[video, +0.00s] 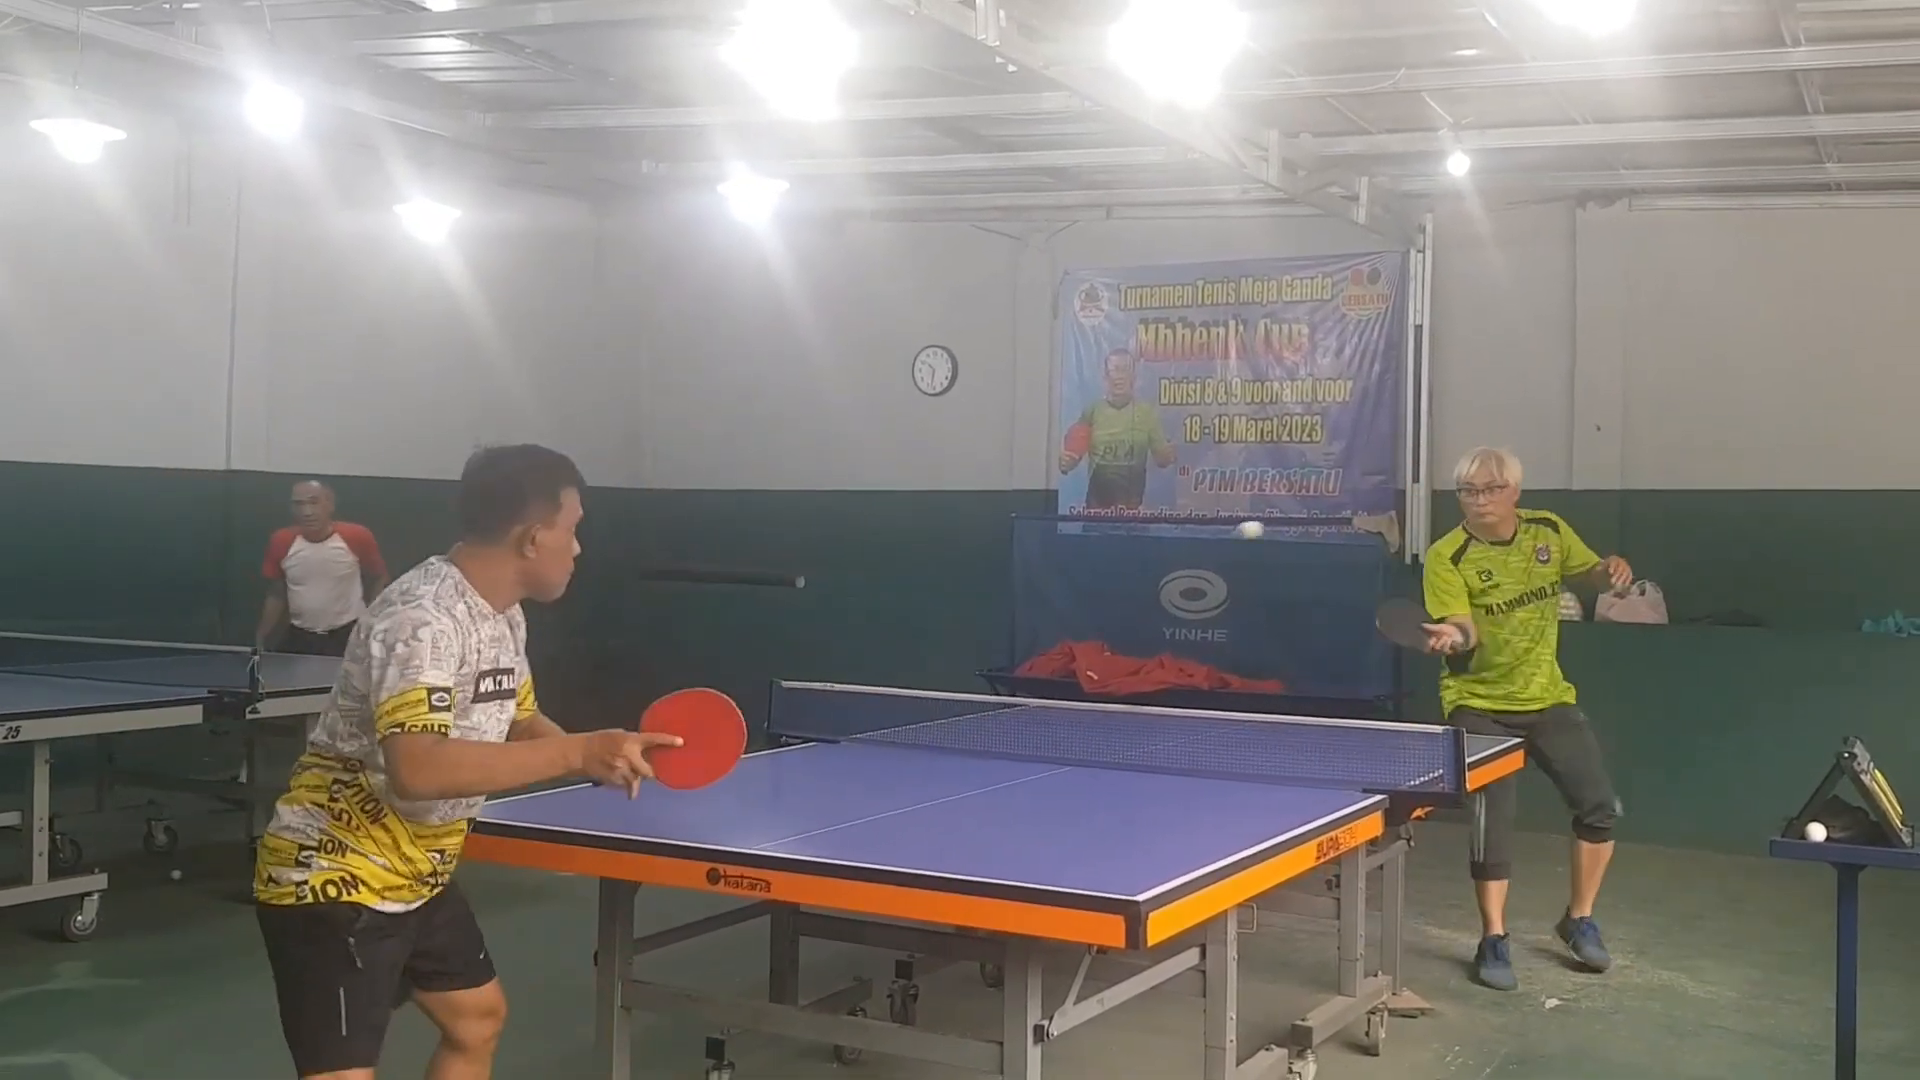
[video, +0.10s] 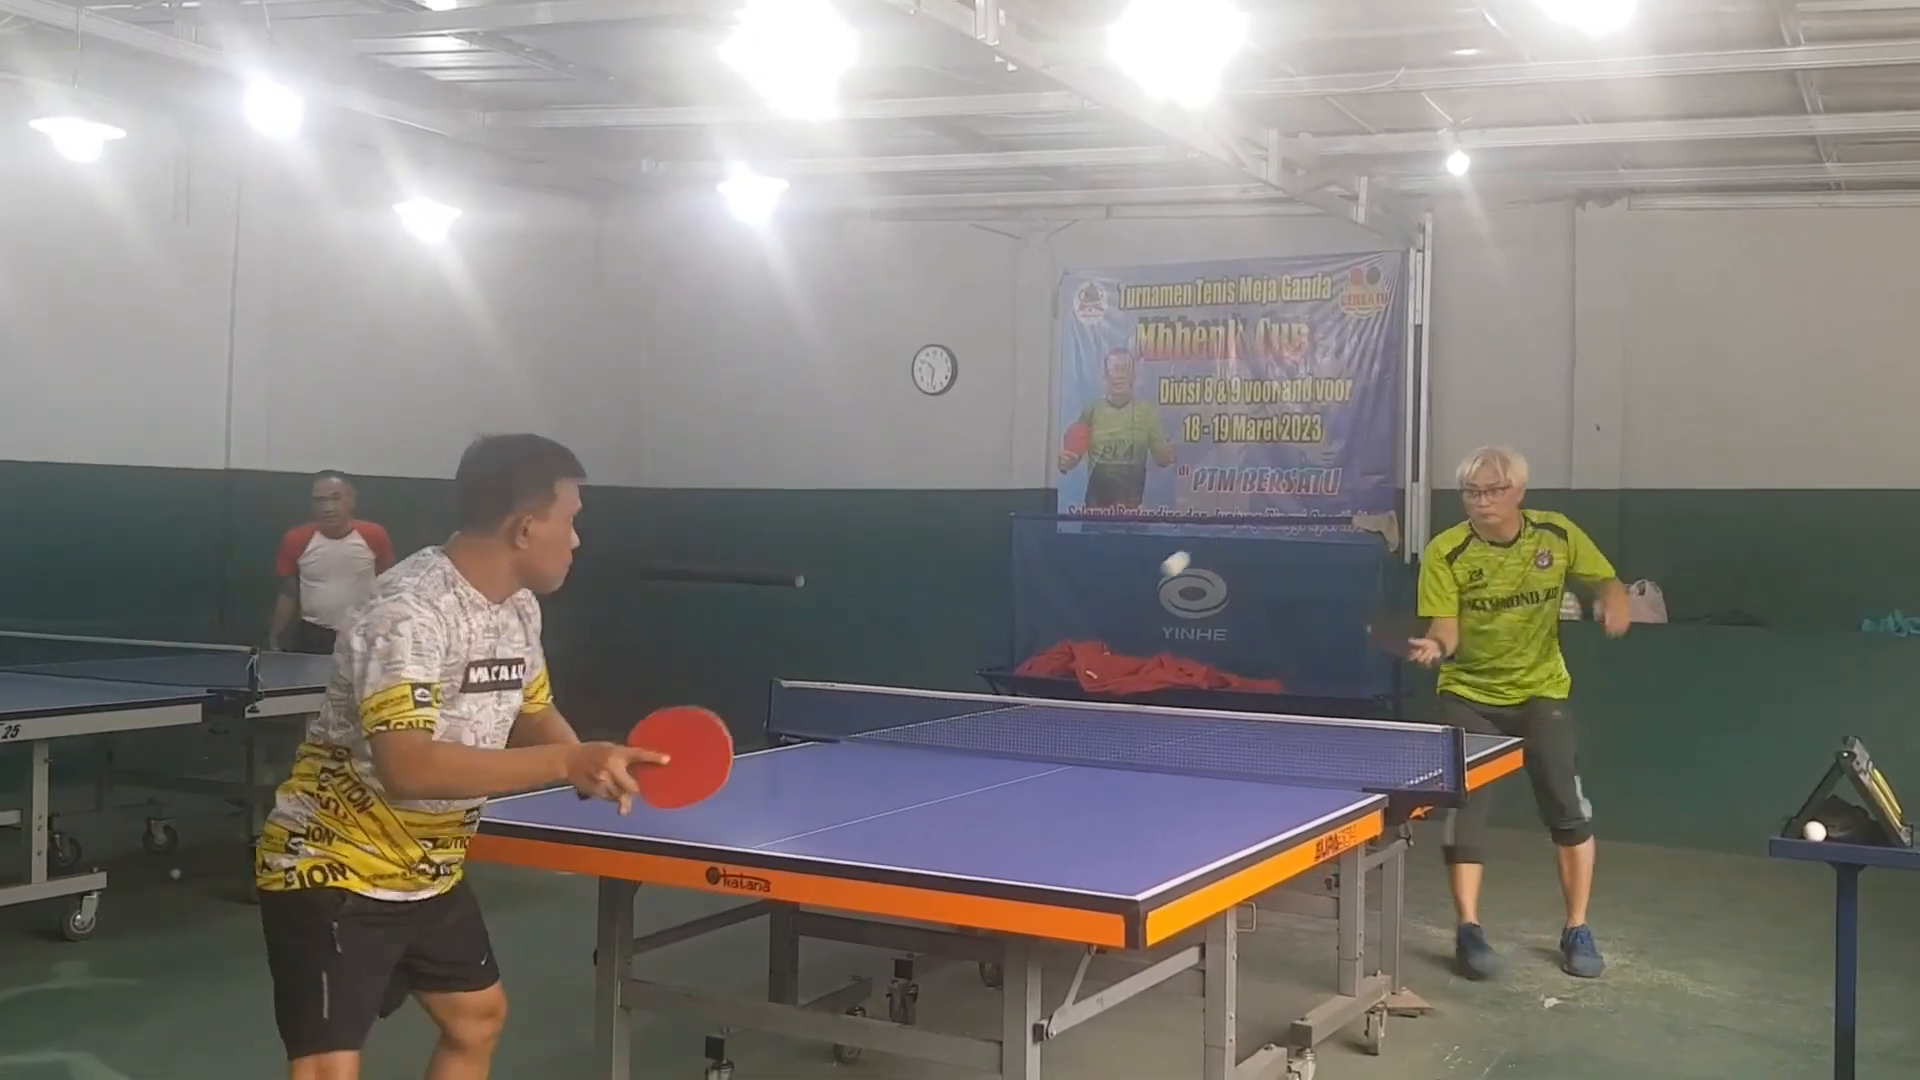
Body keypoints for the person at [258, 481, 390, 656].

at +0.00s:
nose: (307, 511)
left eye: (314, 503)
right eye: (299, 504)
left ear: (330, 504)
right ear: (292, 508)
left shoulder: (357, 537)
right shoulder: (282, 542)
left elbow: (379, 579)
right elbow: (276, 594)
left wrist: (373, 623)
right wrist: (260, 639)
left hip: (348, 640)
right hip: (300, 640)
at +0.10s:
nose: (328, 508)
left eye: (336, 499)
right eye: (320, 500)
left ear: (351, 500)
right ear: (312, 505)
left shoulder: (374, 536)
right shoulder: (296, 540)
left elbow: (389, 586)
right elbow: (288, 594)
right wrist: (273, 639)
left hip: (365, 637)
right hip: (314, 638)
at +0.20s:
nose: (347, 506)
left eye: (355, 497)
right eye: (339, 498)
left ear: (369, 499)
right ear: (329, 501)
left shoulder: (386, 535)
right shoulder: (309, 537)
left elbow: (398, 584)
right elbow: (299, 592)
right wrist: (288, 640)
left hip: (374, 634)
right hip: (324, 634)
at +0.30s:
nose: (364, 506)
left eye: (371, 498)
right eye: (355, 498)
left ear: (381, 501)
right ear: (341, 502)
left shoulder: (393, 535)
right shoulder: (320, 536)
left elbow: (407, 584)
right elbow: (307, 591)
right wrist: (300, 640)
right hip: (330, 636)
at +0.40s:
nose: (377, 507)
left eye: (383, 499)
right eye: (368, 499)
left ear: (393, 502)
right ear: (353, 503)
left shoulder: (402, 536)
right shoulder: (330, 536)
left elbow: (412, 588)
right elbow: (315, 593)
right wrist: (306, 647)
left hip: (389, 638)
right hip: (340, 637)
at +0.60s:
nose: (399, 509)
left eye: (404, 500)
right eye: (389, 502)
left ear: (412, 505)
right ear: (373, 508)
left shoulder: (423, 537)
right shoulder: (352, 542)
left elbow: (433, 591)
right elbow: (335, 599)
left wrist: (434, 635)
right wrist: (323, 646)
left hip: (412, 641)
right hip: (367, 640)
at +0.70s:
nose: (409, 505)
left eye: (414, 497)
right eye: (399, 499)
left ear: (421, 501)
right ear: (382, 506)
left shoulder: (432, 533)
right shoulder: (363, 541)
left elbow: (441, 589)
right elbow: (349, 600)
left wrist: (446, 639)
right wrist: (338, 652)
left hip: (422, 639)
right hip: (377, 639)